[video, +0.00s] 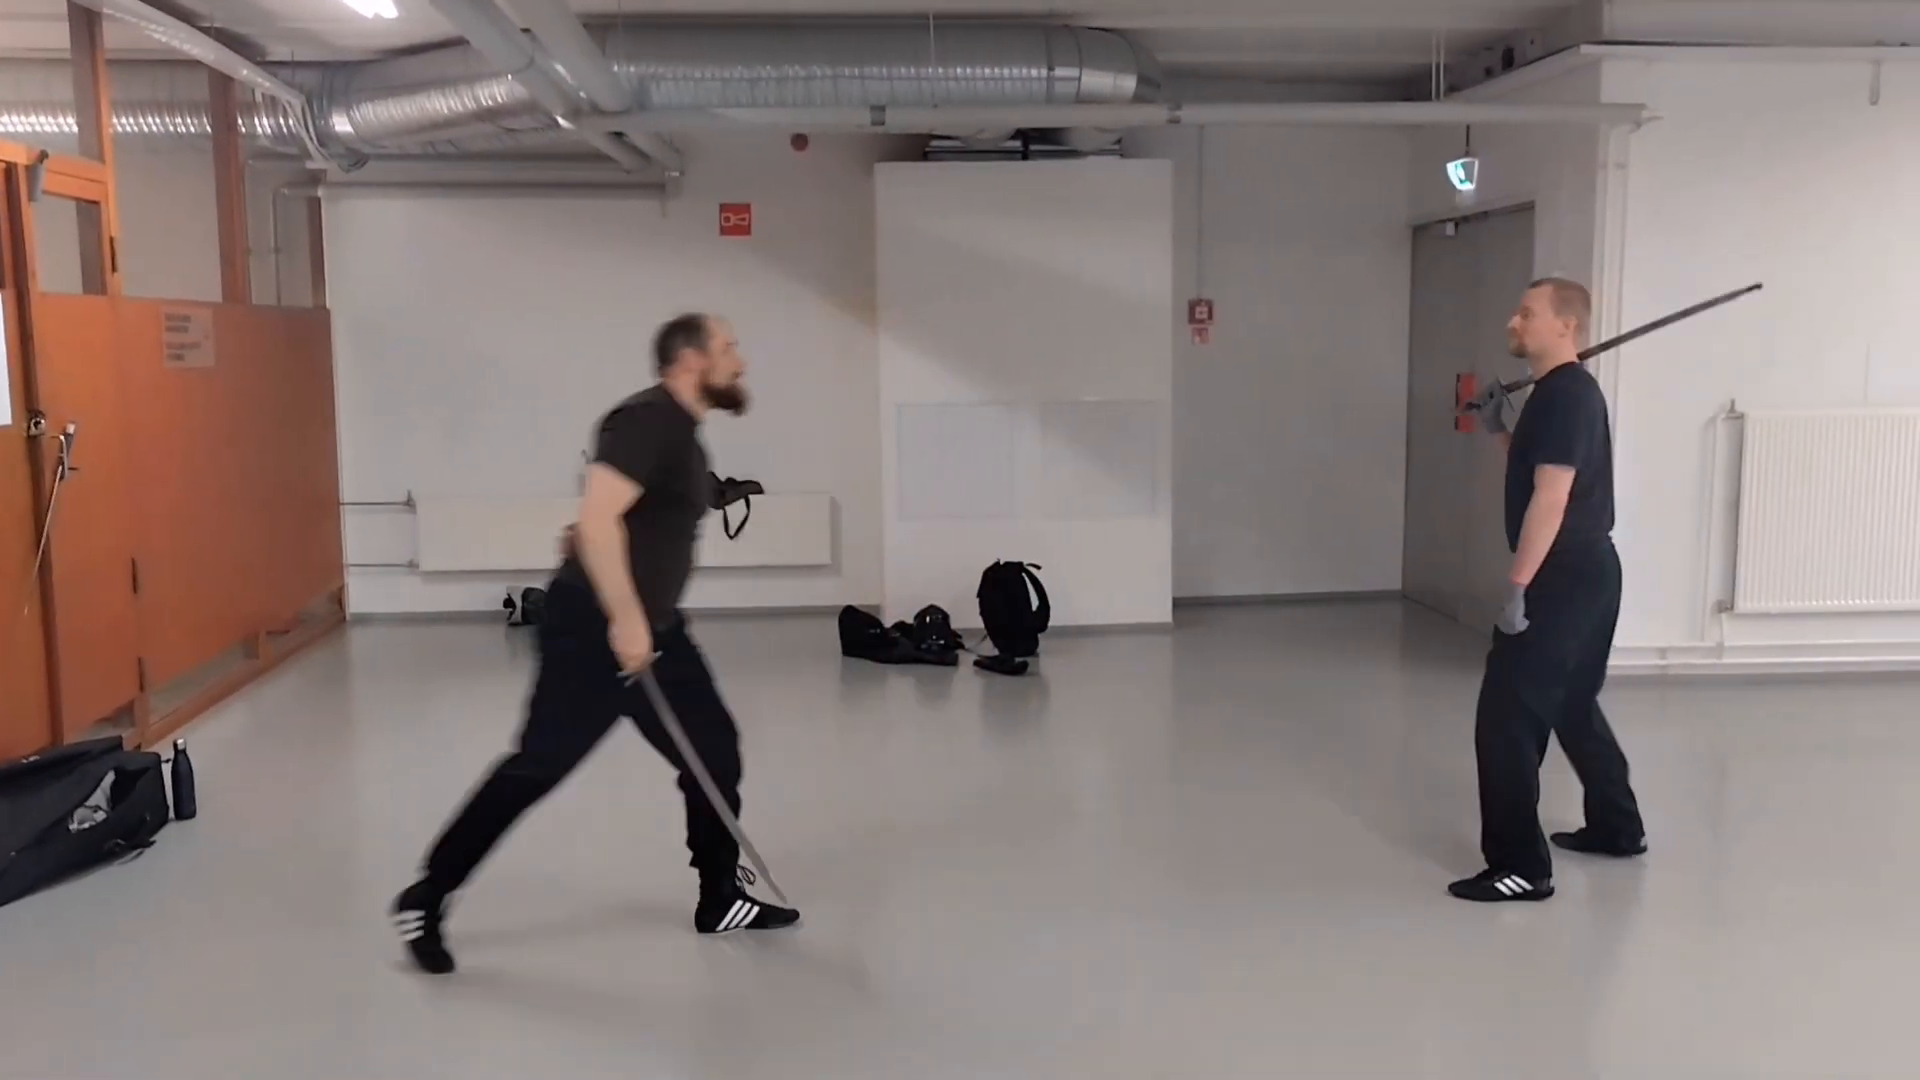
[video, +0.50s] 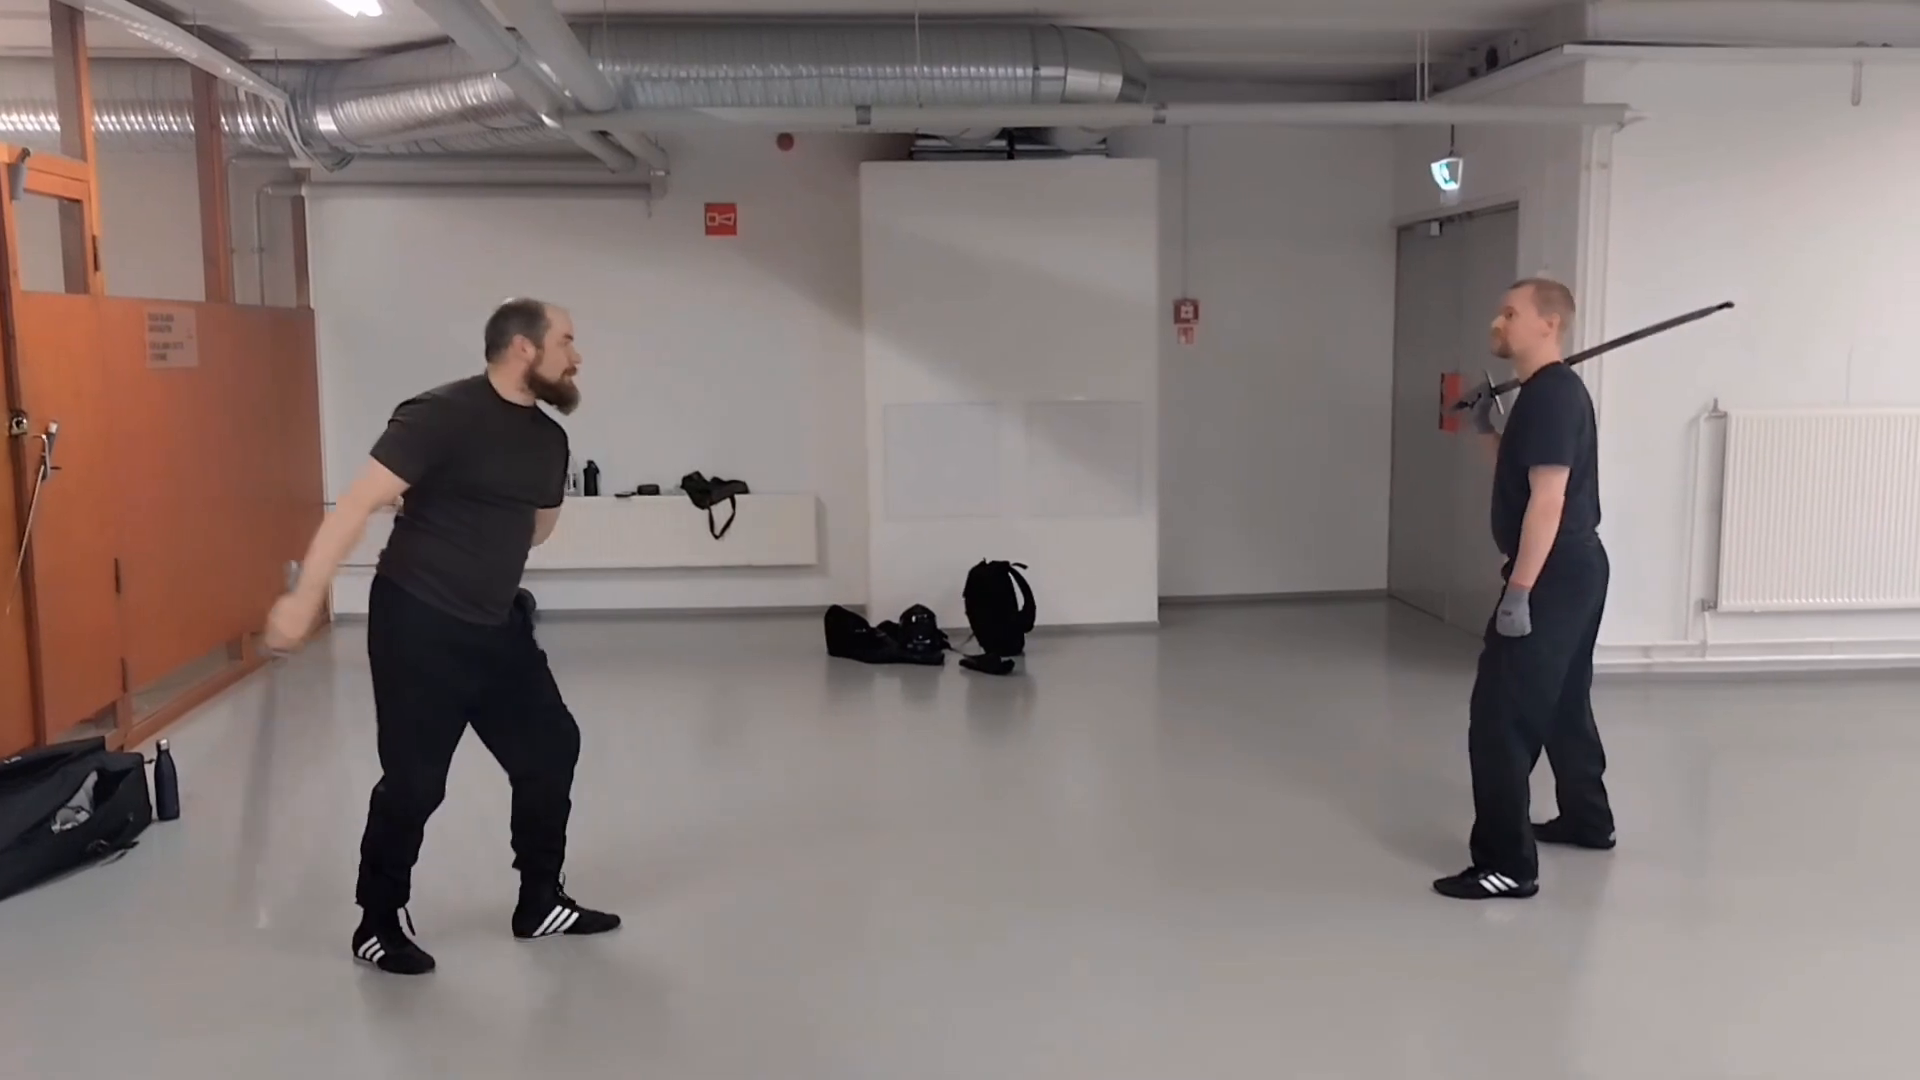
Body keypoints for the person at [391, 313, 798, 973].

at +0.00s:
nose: (740, 362)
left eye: (736, 349)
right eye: (728, 350)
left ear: (693, 362)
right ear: (689, 361)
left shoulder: (680, 431)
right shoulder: (646, 422)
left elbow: (637, 519)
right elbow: (595, 520)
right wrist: (626, 615)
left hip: (651, 629)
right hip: (594, 630)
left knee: (713, 752)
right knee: (537, 767)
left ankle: (720, 897)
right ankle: (424, 899)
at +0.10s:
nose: (690, 371)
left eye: (687, 358)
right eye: (679, 357)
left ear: (641, 369)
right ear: (635, 366)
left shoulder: (636, 446)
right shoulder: (587, 429)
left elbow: (599, 539)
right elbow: (541, 528)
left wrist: (605, 617)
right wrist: (579, 621)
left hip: (605, 633)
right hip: (540, 634)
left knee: (677, 756)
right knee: (487, 778)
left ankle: (713, 896)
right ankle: (396, 918)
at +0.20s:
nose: (647, 367)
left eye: (644, 354)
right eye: (635, 354)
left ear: (601, 367)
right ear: (592, 365)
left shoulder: (604, 453)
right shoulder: (530, 428)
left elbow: (561, 542)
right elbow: (478, 527)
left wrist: (552, 624)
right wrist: (501, 627)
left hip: (559, 634)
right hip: (490, 634)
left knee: (625, 760)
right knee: (453, 785)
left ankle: (694, 891)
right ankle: (388, 923)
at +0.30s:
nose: (614, 363)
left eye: (612, 351)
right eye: (603, 351)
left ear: (569, 364)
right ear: (559, 360)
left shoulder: (577, 450)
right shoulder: (485, 426)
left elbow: (542, 542)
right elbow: (419, 517)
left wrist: (531, 618)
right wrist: (421, 622)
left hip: (531, 640)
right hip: (460, 638)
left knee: (591, 748)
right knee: (430, 783)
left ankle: (638, 892)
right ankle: (384, 923)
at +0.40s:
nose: (593, 361)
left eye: (590, 348)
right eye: (582, 347)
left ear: (542, 356)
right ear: (537, 354)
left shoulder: (560, 444)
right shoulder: (453, 419)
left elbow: (546, 531)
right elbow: (382, 509)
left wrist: (470, 542)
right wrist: (350, 610)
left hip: (508, 627)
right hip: (429, 621)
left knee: (568, 743)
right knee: (419, 778)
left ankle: (568, 899)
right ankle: (380, 923)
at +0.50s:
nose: (576, 356)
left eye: (574, 343)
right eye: (566, 342)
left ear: (530, 351)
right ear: (522, 349)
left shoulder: (548, 438)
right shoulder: (440, 416)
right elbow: (355, 503)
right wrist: (304, 596)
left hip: (494, 625)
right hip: (417, 620)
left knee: (550, 748)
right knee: (414, 776)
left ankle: (540, 901)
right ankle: (378, 925)